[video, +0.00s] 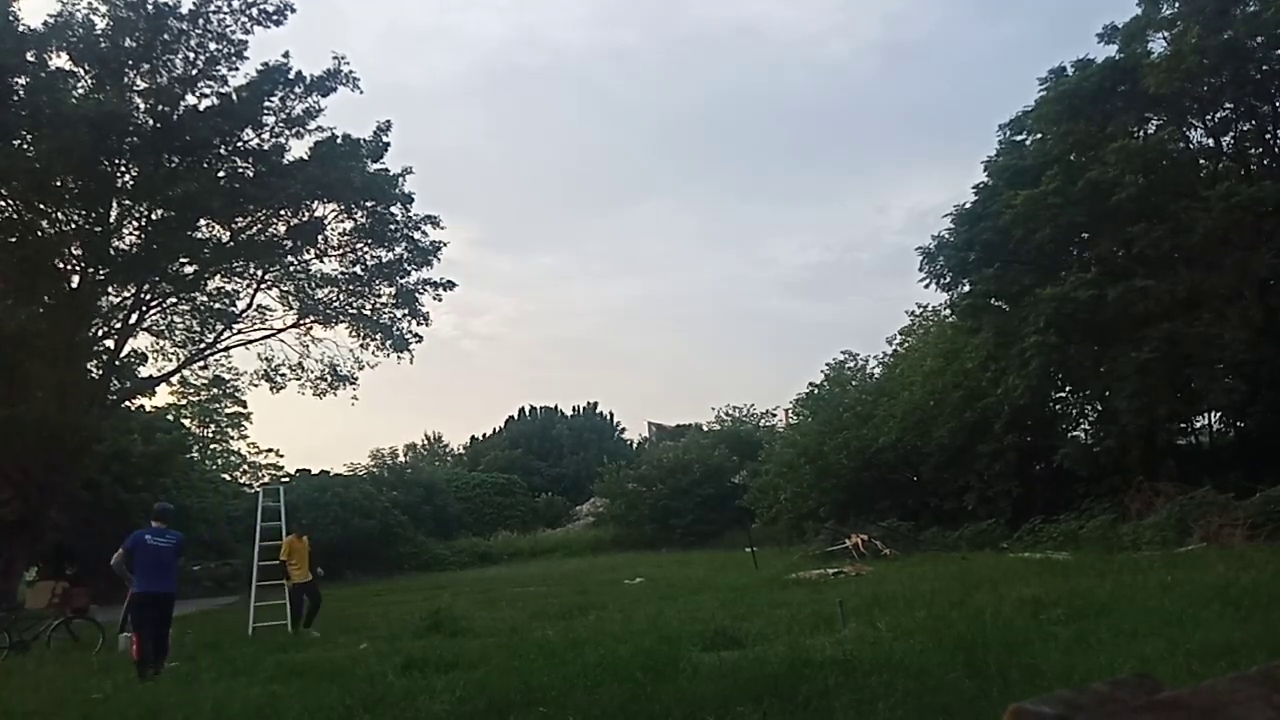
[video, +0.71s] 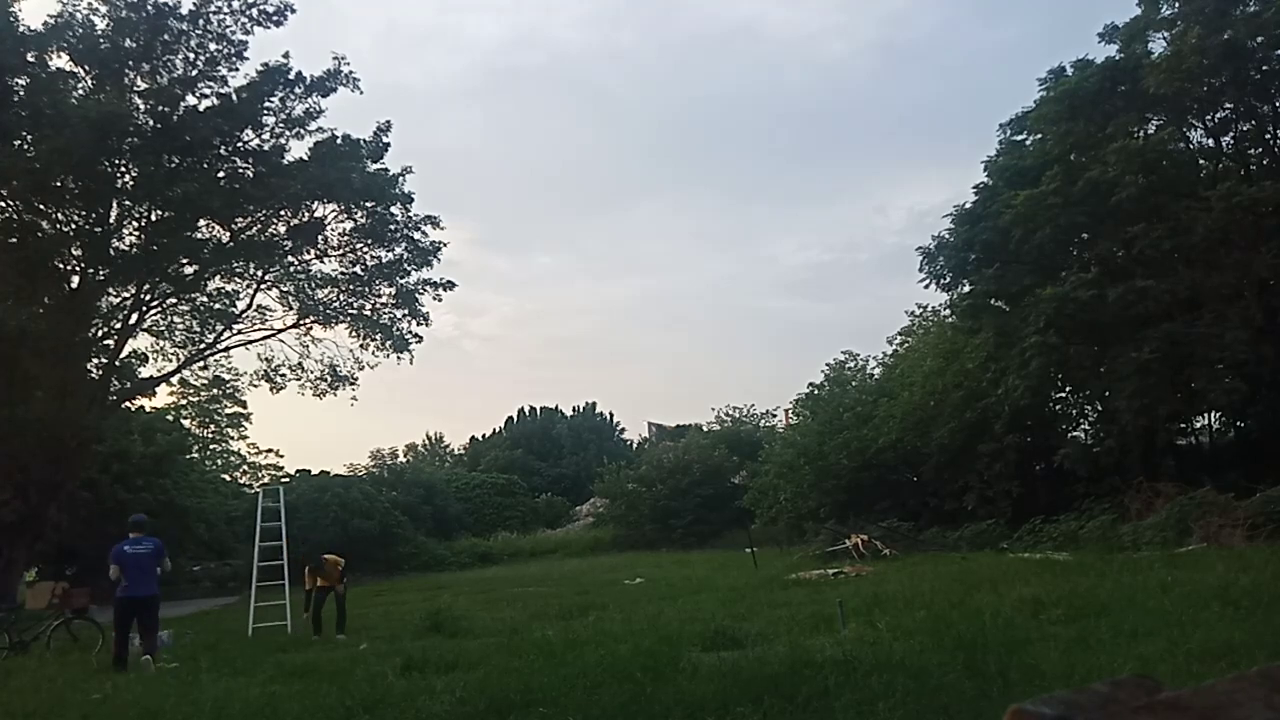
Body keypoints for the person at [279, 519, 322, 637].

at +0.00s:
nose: (301, 532)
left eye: (303, 529)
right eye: (299, 529)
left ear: (305, 530)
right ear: (294, 529)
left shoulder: (305, 540)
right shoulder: (288, 542)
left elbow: (308, 556)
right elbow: (282, 560)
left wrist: (314, 569)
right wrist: (287, 578)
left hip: (307, 578)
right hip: (294, 581)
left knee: (316, 600)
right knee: (296, 608)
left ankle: (307, 627)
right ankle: (295, 631)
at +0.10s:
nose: (307, 533)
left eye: (309, 530)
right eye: (305, 530)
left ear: (310, 531)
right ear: (300, 530)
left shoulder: (311, 539)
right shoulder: (292, 542)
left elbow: (313, 556)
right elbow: (287, 562)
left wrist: (318, 570)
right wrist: (291, 580)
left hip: (313, 579)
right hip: (299, 582)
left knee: (322, 602)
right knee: (300, 607)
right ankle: (297, 630)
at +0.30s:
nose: (313, 540)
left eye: (315, 538)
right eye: (311, 538)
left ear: (318, 536)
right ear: (308, 537)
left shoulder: (324, 541)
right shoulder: (302, 547)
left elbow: (328, 556)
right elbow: (297, 567)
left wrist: (330, 572)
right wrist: (298, 584)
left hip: (324, 581)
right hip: (309, 583)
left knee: (332, 607)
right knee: (309, 609)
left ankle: (339, 631)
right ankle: (302, 632)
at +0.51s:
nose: (317, 556)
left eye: (319, 553)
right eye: (315, 554)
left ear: (323, 547)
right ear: (311, 550)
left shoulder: (332, 547)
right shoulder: (309, 555)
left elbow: (342, 560)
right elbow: (306, 576)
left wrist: (342, 577)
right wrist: (304, 595)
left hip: (335, 581)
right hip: (319, 582)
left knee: (339, 608)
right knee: (315, 608)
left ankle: (340, 633)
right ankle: (311, 632)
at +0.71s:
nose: (316, 569)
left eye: (316, 566)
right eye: (313, 567)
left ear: (321, 561)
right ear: (310, 566)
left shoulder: (330, 559)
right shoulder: (310, 569)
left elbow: (345, 564)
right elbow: (308, 589)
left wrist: (341, 582)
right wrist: (306, 611)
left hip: (338, 582)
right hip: (323, 584)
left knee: (341, 608)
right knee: (316, 609)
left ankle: (340, 633)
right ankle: (316, 634)